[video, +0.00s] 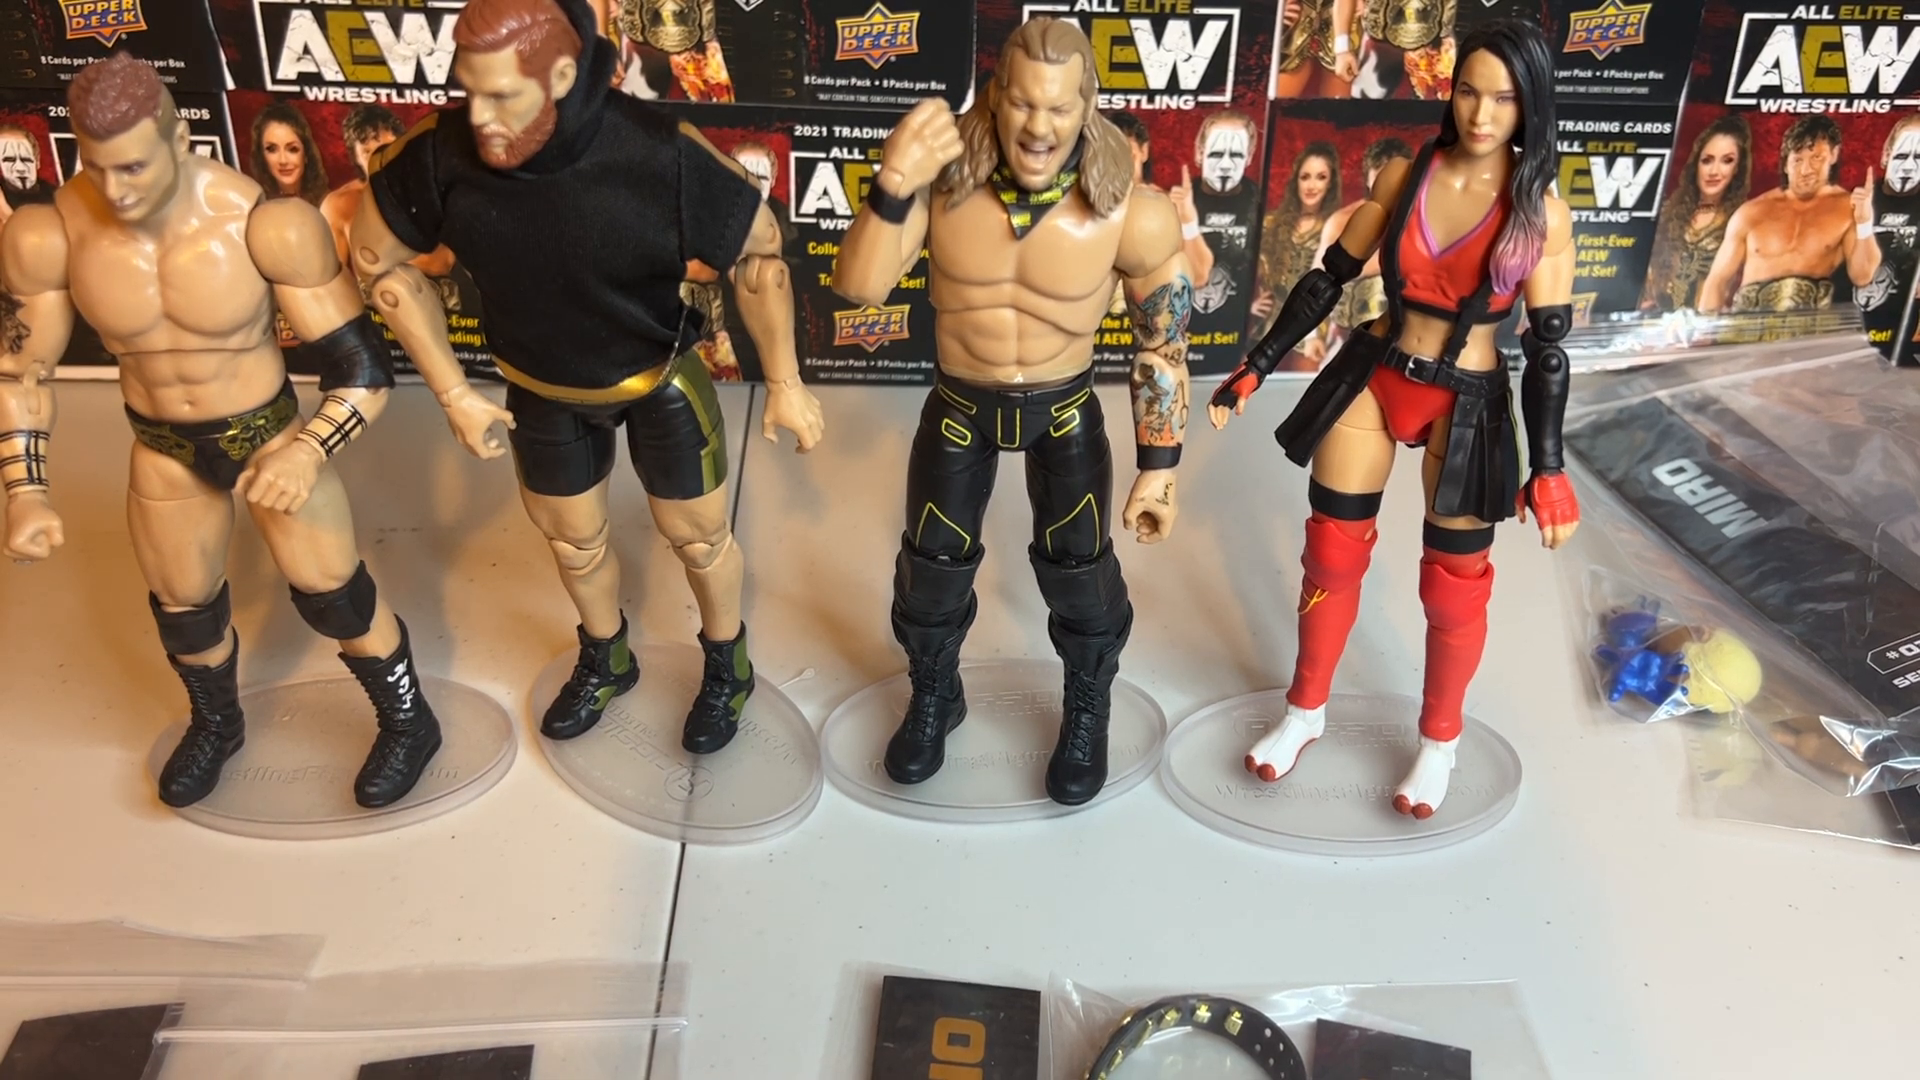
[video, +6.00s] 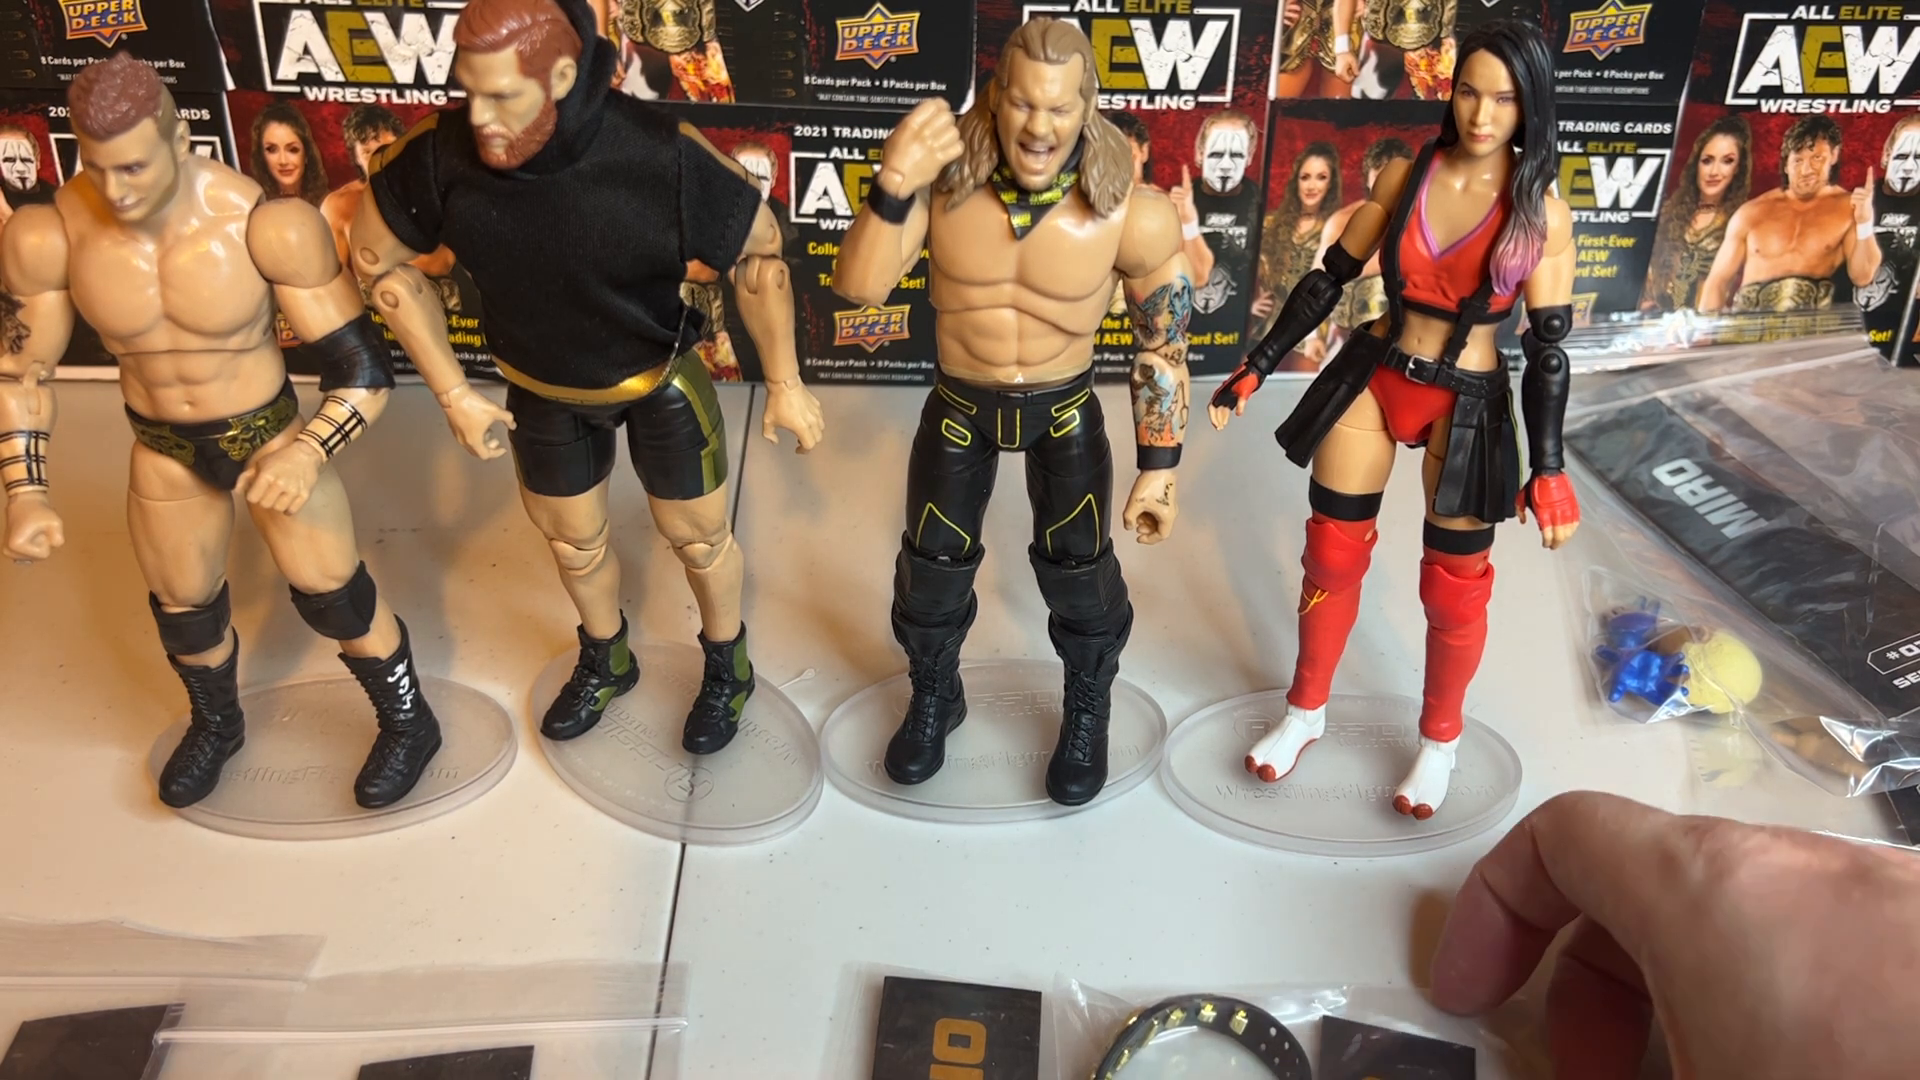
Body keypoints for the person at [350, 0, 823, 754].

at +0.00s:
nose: (481, 119)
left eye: (503, 96)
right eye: (468, 95)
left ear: (564, 76)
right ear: (456, 81)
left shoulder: (653, 155)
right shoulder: (443, 159)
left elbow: (757, 246)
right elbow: (372, 250)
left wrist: (784, 381)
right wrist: (453, 392)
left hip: (661, 382)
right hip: (543, 395)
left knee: (700, 540)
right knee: (575, 546)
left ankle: (726, 665)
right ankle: (607, 660)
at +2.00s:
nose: (481, 119)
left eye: (503, 96)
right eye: (468, 95)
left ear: (563, 76)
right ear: (457, 81)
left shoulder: (653, 155)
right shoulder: (442, 160)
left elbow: (757, 245)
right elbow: (372, 251)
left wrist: (784, 381)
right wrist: (452, 392)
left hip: (661, 382)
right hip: (542, 394)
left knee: (700, 540)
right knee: (575, 546)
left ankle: (726, 665)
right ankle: (607, 660)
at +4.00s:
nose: (481, 119)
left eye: (503, 96)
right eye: (468, 95)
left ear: (564, 76)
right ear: (457, 81)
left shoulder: (653, 155)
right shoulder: (442, 159)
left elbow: (757, 246)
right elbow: (373, 252)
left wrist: (784, 382)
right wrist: (453, 392)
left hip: (661, 381)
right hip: (542, 394)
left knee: (700, 540)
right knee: (575, 545)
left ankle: (726, 667)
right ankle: (607, 661)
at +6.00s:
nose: (481, 119)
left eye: (503, 96)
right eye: (468, 95)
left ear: (563, 76)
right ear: (457, 81)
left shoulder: (653, 156)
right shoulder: (443, 159)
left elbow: (757, 247)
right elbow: (372, 251)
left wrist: (784, 381)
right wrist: (452, 392)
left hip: (661, 383)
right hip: (543, 395)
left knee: (700, 540)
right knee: (575, 546)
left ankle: (726, 666)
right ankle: (607, 660)